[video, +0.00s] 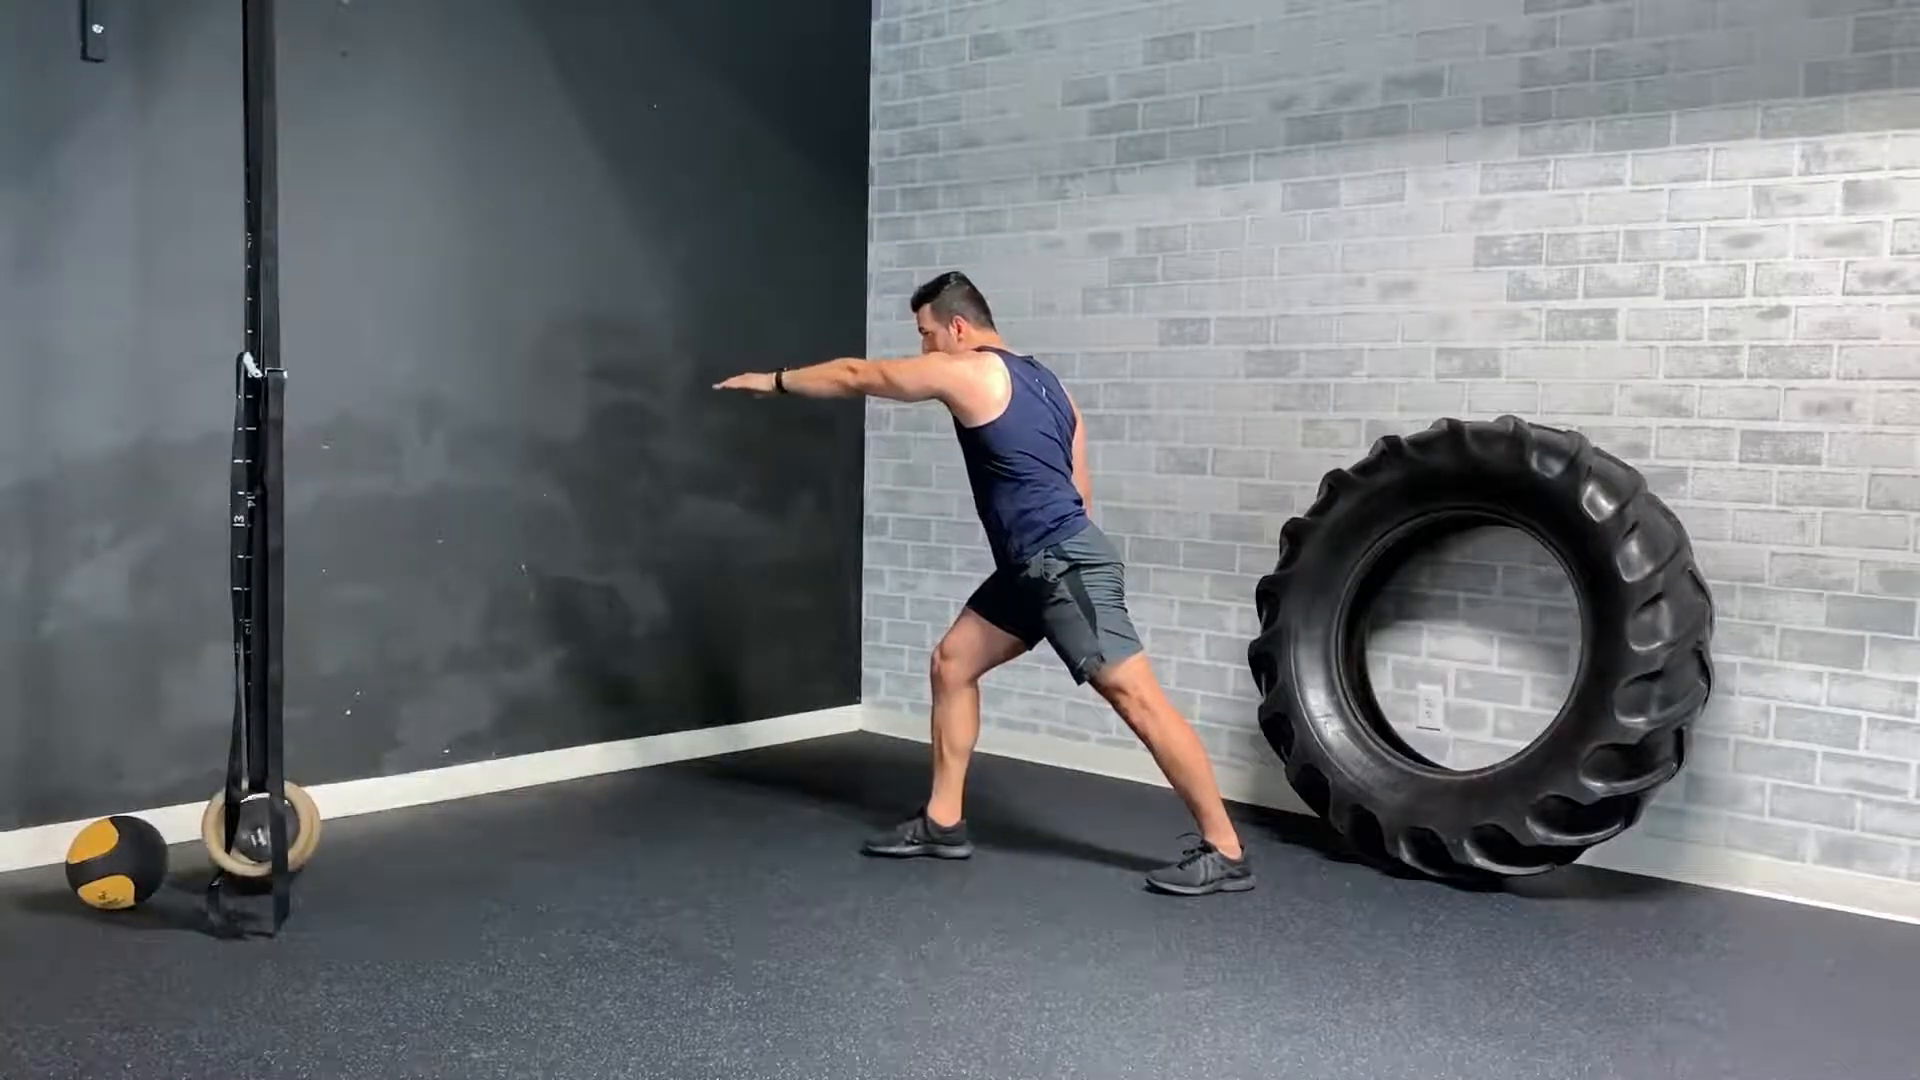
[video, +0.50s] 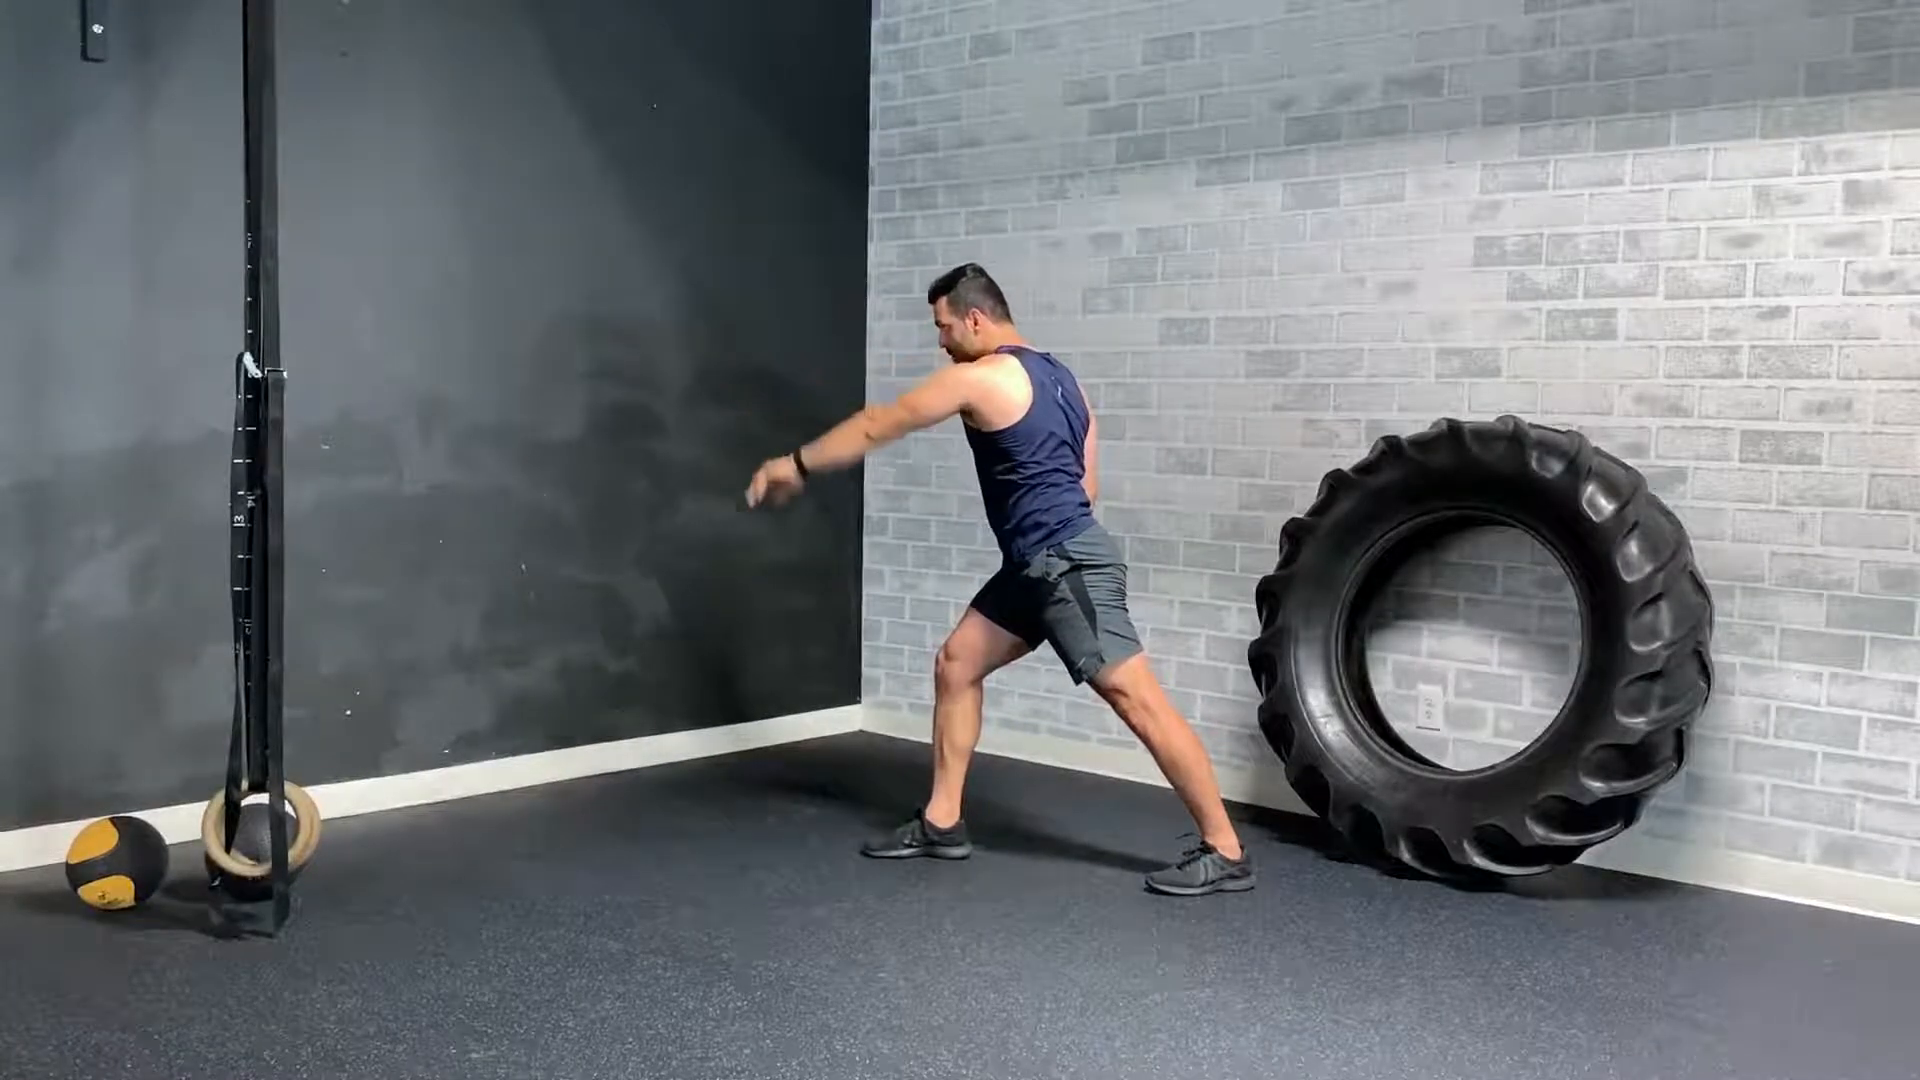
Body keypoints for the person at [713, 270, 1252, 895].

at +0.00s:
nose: (924, 349)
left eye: (926, 335)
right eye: (922, 337)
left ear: (957, 325)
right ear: (977, 324)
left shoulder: (966, 371)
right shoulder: (1047, 384)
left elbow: (860, 376)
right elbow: (1076, 489)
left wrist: (774, 380)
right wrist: (1066, 550)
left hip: (1064, 560)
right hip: (1039, 568)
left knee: (1140, 701)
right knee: (953, 662)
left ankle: (1226, 850)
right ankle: (942, 822)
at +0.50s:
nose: (941, 342)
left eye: (943, 327)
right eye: (939, 330)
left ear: (973, 317)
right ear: (992, 315)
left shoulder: (975, 376)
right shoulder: (1060, 378)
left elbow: (877, 426)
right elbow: (1084, 489)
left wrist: (798, 463)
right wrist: (1044, 549)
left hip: (1067, 561)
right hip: (1049, 564)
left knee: (1139, 701)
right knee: (958, 662)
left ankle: (1225, 849)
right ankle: (942, 822)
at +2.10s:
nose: (720, 294)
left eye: (727, 280)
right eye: (718, 282)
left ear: (769, 276)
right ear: (770, 279)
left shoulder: (799, 358)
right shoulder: (808, 345)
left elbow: (810, 472)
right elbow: (802, 465)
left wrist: (776, 567)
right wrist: (750, 523)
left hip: (806, 552)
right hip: (828, 545)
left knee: (723, 687)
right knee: (859, 675)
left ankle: (665, 846)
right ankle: (934, 813)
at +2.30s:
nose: (631, 273)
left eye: (636, 258)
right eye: (628, 260)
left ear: (674, 252)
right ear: (680, 255)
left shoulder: (705, 334)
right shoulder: (720, 320)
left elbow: (711, 455)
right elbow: (699, 448)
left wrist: (702, 553)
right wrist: (664, 522)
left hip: (706, 525)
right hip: (727, 519)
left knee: (656, 683)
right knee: (710, 677)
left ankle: (655, 849)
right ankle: (828, 766)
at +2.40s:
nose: (592, 267)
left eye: (596, 251)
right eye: (588, 253)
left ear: (633, 242)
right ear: (638, 244)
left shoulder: (659, 323)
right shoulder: (687, 310)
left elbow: (658, 447)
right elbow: (671, 442)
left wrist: (638, 545)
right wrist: (635, 530)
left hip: (679, 516)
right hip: (685, 510)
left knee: (645, 673)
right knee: (623, 660)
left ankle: (656, 848)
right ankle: (726, 775)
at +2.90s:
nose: (346, 351)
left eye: (344, 334)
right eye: (339, 339)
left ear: (378, 313)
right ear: (384, 314)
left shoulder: (438, 372)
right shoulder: (450, 358)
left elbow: (428, 499)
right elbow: (502, 489)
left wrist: (389, 597)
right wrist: (469, 574)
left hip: (549, 530)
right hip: (530, 529)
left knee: (447, 672)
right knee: (441, 672)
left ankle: (495, 846)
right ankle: (447, 839)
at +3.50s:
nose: (243, 571)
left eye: (238, 557)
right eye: (233, 561)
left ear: (261, 531)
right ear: (274, 519)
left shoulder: (332, 566)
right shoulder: (345, 541)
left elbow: (341, 693)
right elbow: (340, 684)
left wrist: (295, 792)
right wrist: (302, 785)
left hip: (540, 569)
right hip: (555, 562)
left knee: (407, 686)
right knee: (431, 686)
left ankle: (436, 864)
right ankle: (443, 848)